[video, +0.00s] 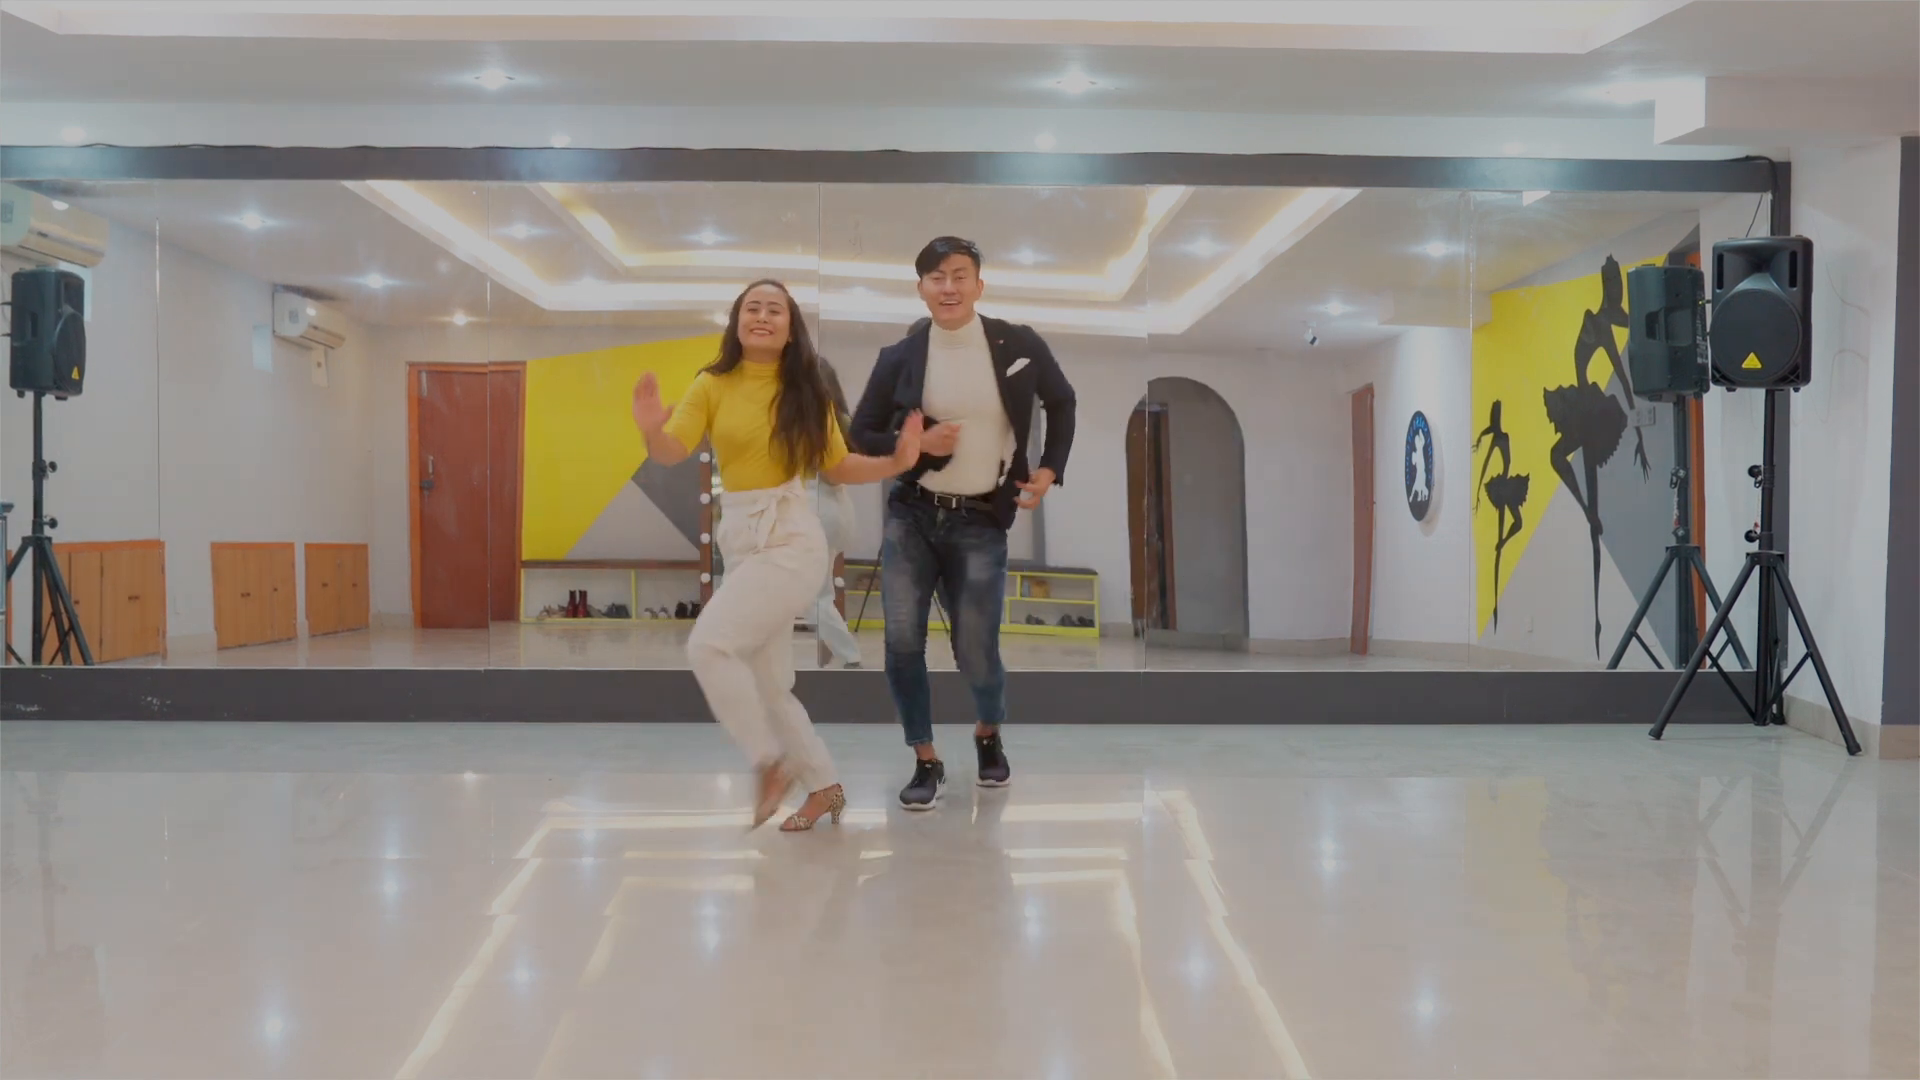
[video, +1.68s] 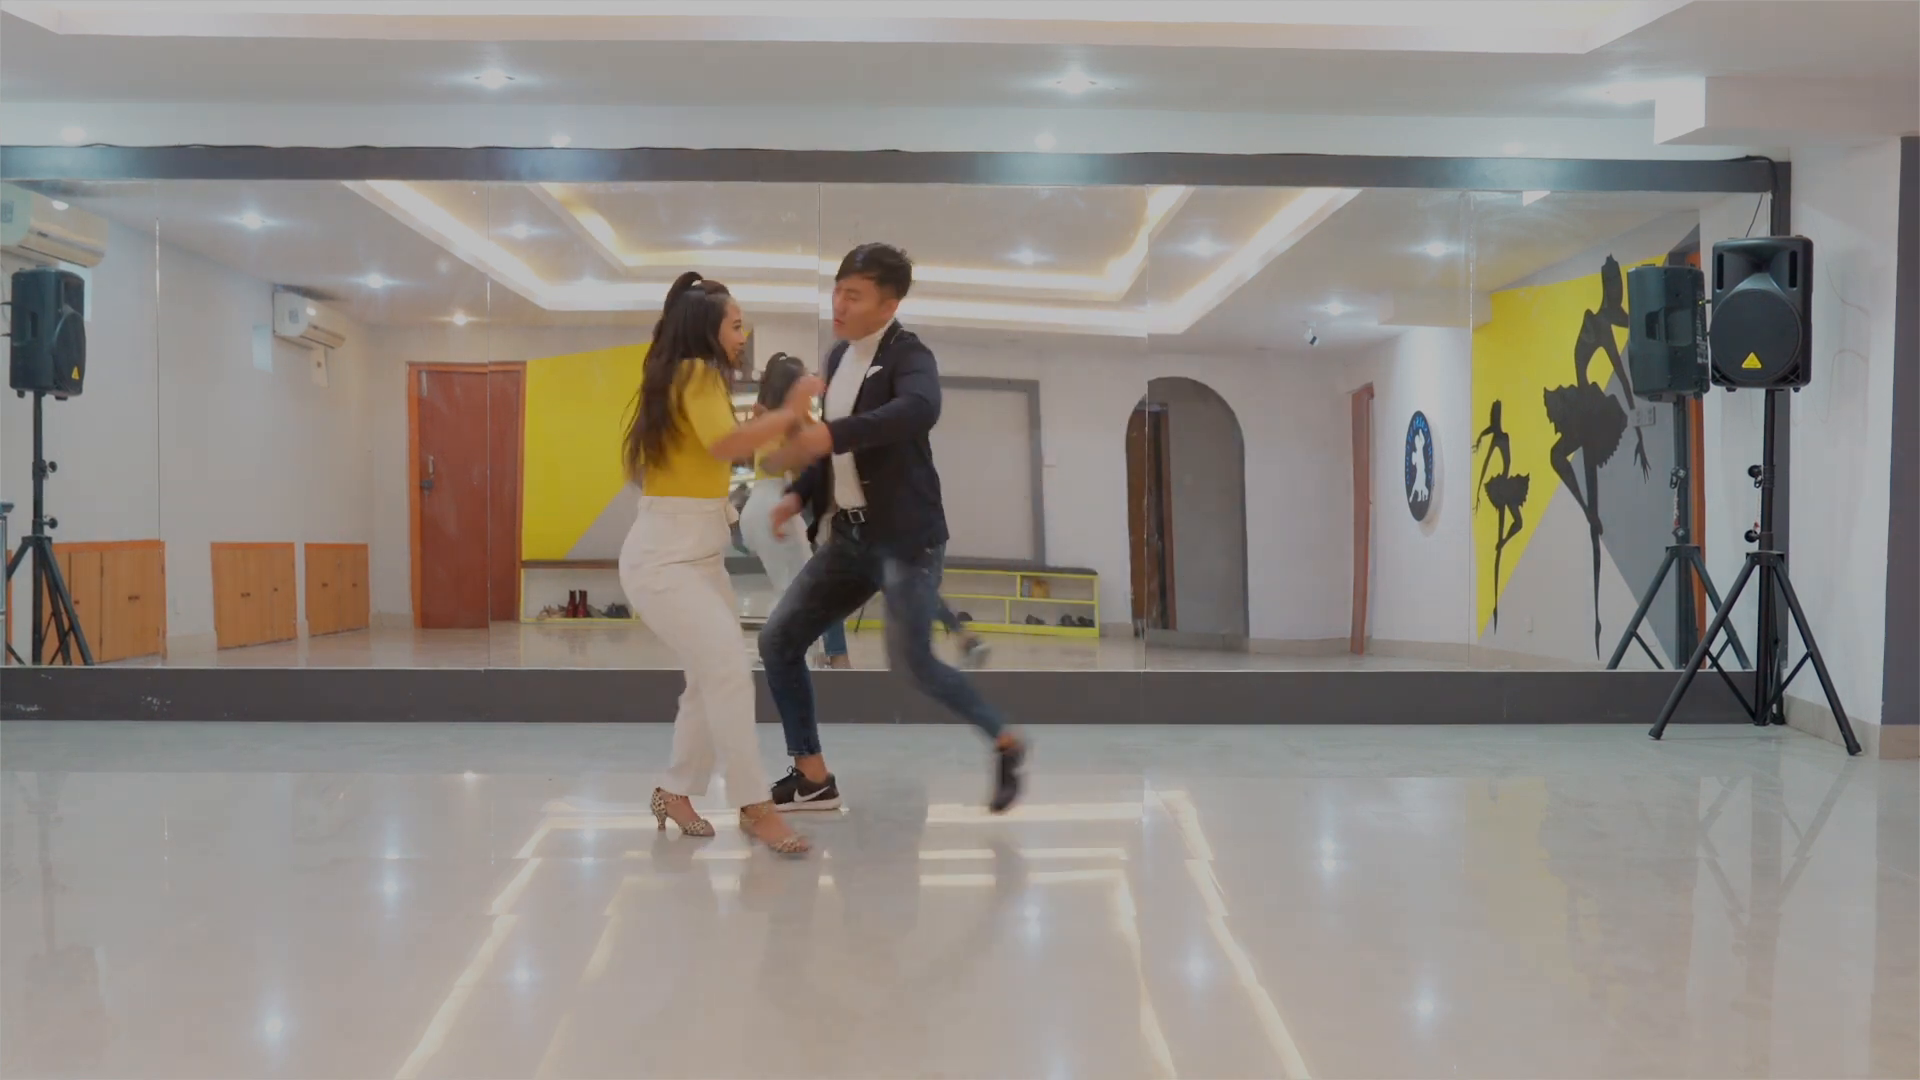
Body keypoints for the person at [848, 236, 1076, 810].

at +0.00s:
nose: (948, 288)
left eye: (959, 276)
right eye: (937, 277)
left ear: (979, 284)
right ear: (920, 286)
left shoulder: (1017, 346)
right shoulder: (899, 358)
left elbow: (1062, 401)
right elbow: (860, 437)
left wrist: (1050, 469)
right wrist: (916, 443)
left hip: (982, 518)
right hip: (911, 513)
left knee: (975, 648)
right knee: (900, 639)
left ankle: (989, 734)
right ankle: (926, 760)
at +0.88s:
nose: (991, 292)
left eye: (998, 281)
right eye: (977, 281)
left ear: (1008, 285)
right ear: (951, 288)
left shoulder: (1030, 354)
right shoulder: (915, 336)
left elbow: (1042, 430)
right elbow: (873, 409)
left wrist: (1035, 473)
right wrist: (934, 433)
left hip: (992, 520)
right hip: (917, 515)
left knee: (1025, 644)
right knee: (872, 643)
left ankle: (1032, 769)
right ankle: (864, 727)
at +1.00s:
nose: (995, 298)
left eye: (1002, 287)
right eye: (981, 286)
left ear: (1009, 292)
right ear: (952, 292)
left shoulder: (1015, 372)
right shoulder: (932, 356)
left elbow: (1008, 454)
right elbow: (875, 427)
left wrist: (1032, 473)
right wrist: (936, 482)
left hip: (988, 531)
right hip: (915, 531)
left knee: (1039, 641)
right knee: (851, 650)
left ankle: (1031, 772)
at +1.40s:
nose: (911, 311)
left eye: (926, 301)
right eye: (906, 300)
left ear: (957, 310)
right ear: (898, 309)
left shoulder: (976, 375)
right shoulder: (897, 379)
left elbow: (1033, 443)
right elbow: (874, 437)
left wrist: (982, 503)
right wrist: (873, 473)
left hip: (967, 549)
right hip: (899, 545)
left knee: (1010, 667)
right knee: (802, 627)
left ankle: (1059, 763)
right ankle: (806, 770)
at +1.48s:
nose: (886, 311)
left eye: (901, 300)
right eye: (885, 300)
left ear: (936, 310)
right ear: (886, 306)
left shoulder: (952, 368)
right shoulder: (893, 375)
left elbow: (982, 427)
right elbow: (881, 448)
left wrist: (925, 485)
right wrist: (862, 485)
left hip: (949, 551)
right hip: (887, 549)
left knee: (1000, 666)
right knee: (793, 631)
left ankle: (1063, 760)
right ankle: (813, 772)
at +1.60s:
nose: (856, 302)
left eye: (871, 294)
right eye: (855, 291)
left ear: (906, 303)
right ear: (855, 296)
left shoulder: (918, 353)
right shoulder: (866, 363)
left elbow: (932, 412)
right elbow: (864, 439)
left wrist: (856, 443)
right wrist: (830, 488)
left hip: (917, 541)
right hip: (860, 537)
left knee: (958, 667)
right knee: (782, 636)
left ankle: (1055, 738)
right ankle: (811, 774)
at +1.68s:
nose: (839, 304)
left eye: (854, 296)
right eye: (838, 292)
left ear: (890, 304)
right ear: (835, 293)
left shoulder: (909, 355)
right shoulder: (837, 359)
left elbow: (920, 410)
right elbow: (835, 438)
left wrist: (833, 435)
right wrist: (800, 493)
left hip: (907, 533)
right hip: (850, 533)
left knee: (916, 663)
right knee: (779, 641)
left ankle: (1008, 741)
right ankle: (811, 775)